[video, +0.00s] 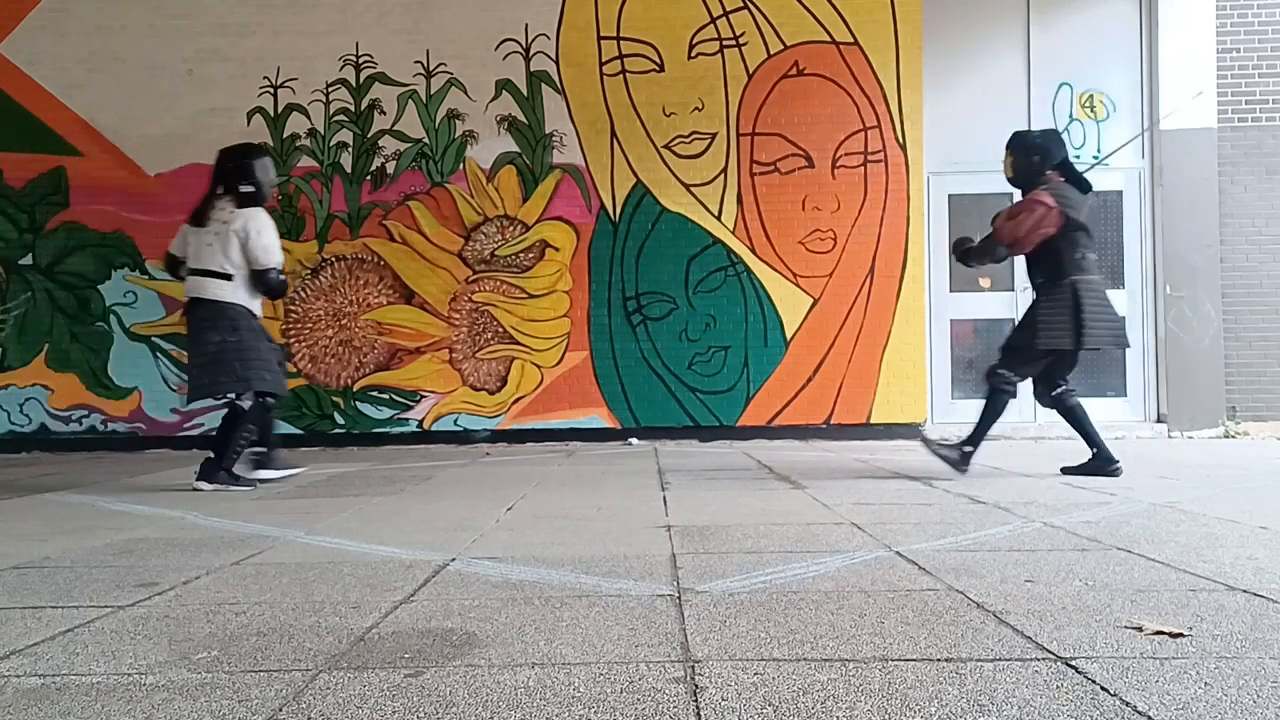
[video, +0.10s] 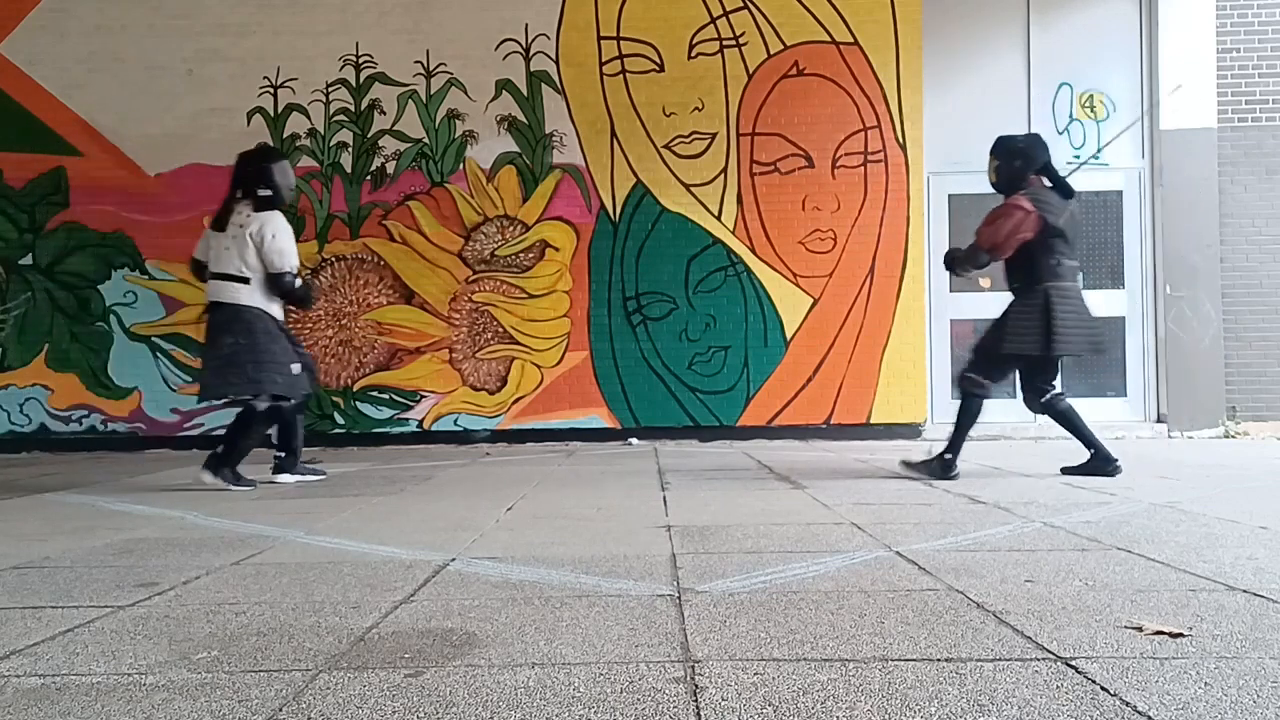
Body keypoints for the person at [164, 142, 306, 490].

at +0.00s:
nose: (273, 185)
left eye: (272, 177)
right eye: (268, 177)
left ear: (225, 177)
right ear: (253, 178)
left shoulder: (204, 212)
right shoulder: (255, 218)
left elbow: (173, 264)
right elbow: (268, 282)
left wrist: (209, 277)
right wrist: (282, 283)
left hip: (199, 312)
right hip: (232, 315)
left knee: (265, 376)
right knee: (255, 392)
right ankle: (218, 468)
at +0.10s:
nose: (291, 182)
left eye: (289, 174)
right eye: (285, 175)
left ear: (244, 179)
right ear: (271, 180)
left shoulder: (224, 216)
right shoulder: (272, 221)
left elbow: (198, 267)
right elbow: (282, 282)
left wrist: (234, 283)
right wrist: (306, 294)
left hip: (221, 319)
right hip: (253, 322)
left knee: (292, 382)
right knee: (275, 395)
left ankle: (289, 461)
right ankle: (221, 464)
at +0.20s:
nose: (307, 186)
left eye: (304, 177)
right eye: (300, 177)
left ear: (265, 185)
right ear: (283, 183)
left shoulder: (250, 220)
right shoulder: (283, 225)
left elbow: (254, 280)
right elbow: (292, 287)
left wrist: (313, 300)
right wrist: (321, 303)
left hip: (243, 319)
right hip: (268, 321)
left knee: (296, 385)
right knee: (320, 381)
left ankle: (291, 463)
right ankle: (252, 445)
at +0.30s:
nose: (323, 193)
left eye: (321, 186)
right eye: (315, 188)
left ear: (284, 193)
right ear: (295, 192)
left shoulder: (271, 226)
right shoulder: (297, 233)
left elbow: (288, 289)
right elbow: (303, 294)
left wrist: (328, 312)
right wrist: (337, 316)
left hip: (262, 320)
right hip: (283, 323)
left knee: (321, 381)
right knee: (341, 367)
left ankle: (295, 458)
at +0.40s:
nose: (341, 198)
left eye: (340, 191)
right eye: (334, 192)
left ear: (301, 198)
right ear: (314, 197)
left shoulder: (291, 230)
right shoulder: (311, 237)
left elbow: (308, 293)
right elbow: (312, 297)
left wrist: (348, 319)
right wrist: (353, 325)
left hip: (280, 326)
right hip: (298, 327)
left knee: (336, 393)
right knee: (355, 366)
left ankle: (293, 462)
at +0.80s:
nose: (413, 179)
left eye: (411, 170)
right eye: (407, 172)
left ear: (368, 178)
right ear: (389, 178)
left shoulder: (352, 215)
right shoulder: (389, 218)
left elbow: (363, 278)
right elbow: (404, 281)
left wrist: (431, 307)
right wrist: (442, 315)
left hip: (341, 319)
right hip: (375, 320)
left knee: (351, 395)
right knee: (434, 382)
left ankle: (306, 463)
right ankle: (418, 467)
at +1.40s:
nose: (445, 180)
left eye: (443, 172)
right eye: (440, 173)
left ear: (393, 178)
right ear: (427, 179)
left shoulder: (372, 215)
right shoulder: (428, 221)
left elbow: (371, 277)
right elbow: (440, 287)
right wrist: (461, 331)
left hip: (366, 319)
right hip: (409, 319)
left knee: (373, 398)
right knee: (477, 378)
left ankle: (337, 468)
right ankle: (494, 466)